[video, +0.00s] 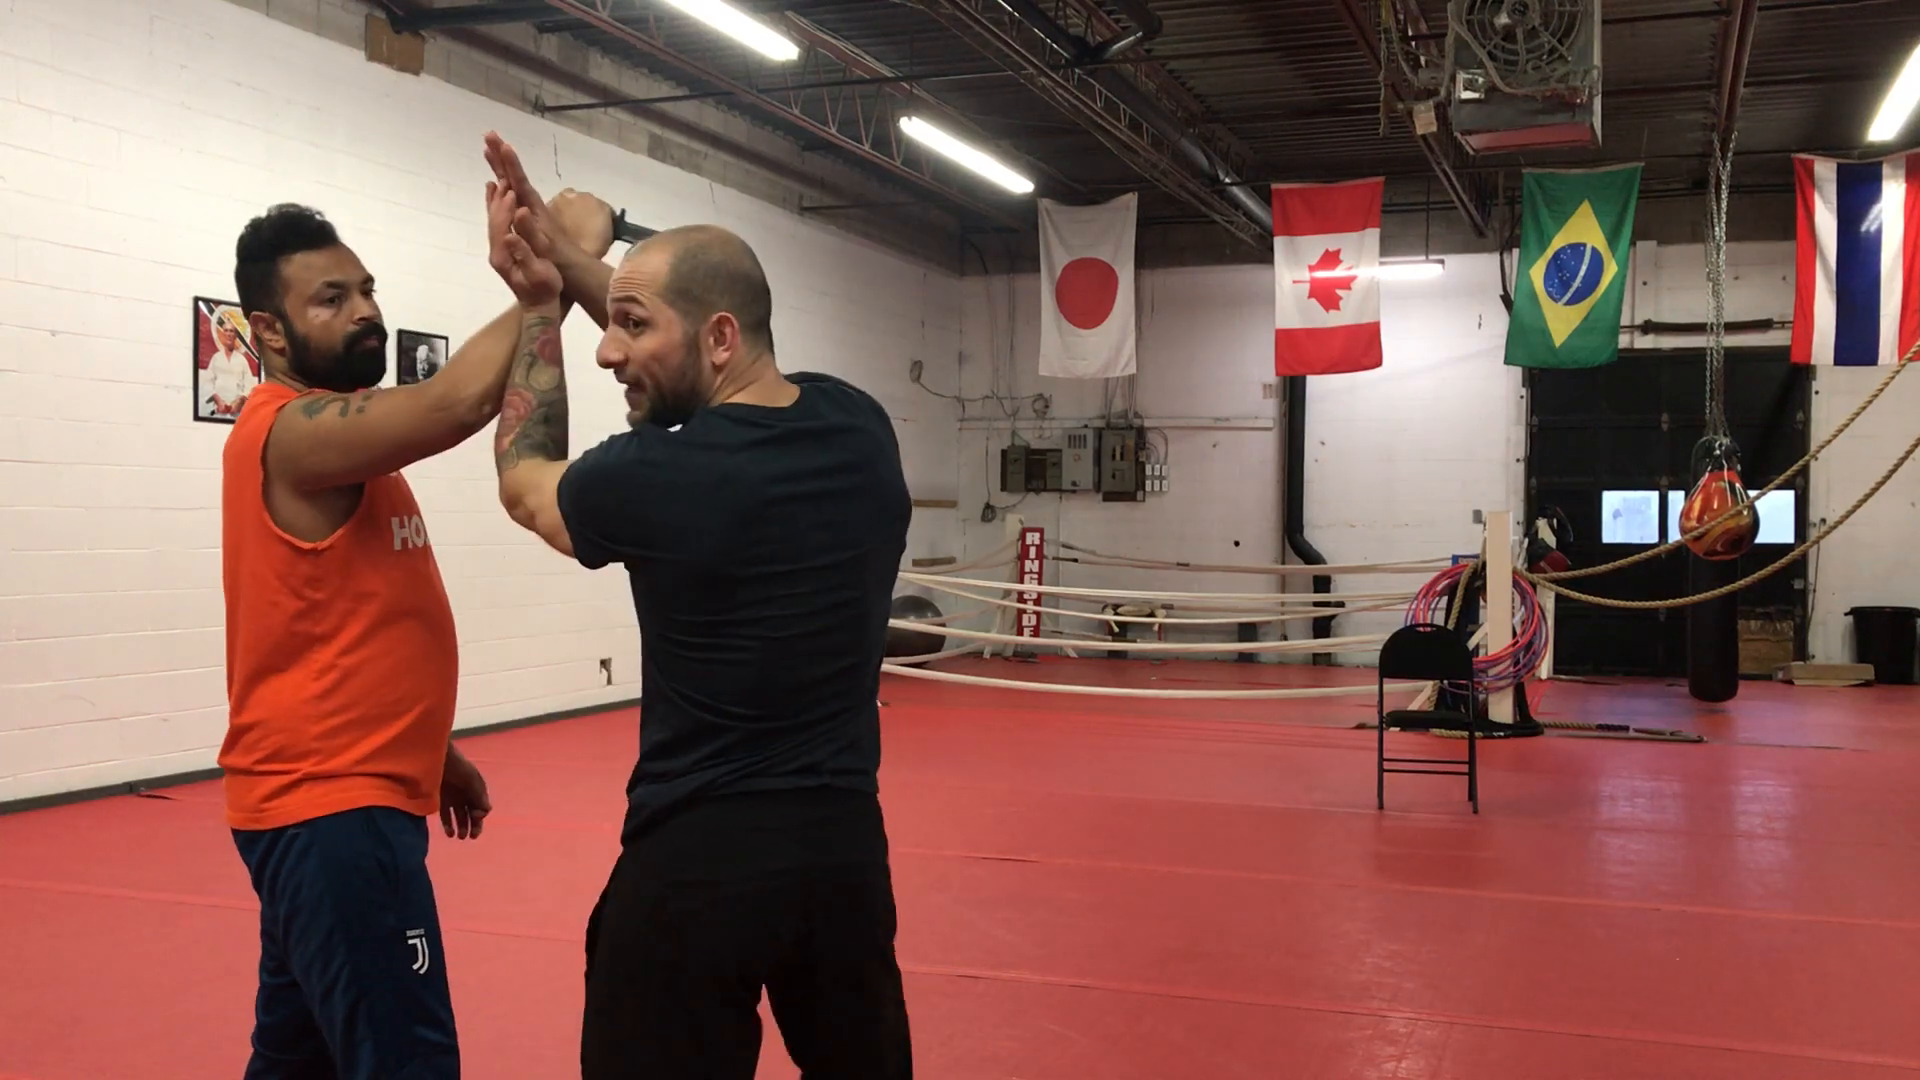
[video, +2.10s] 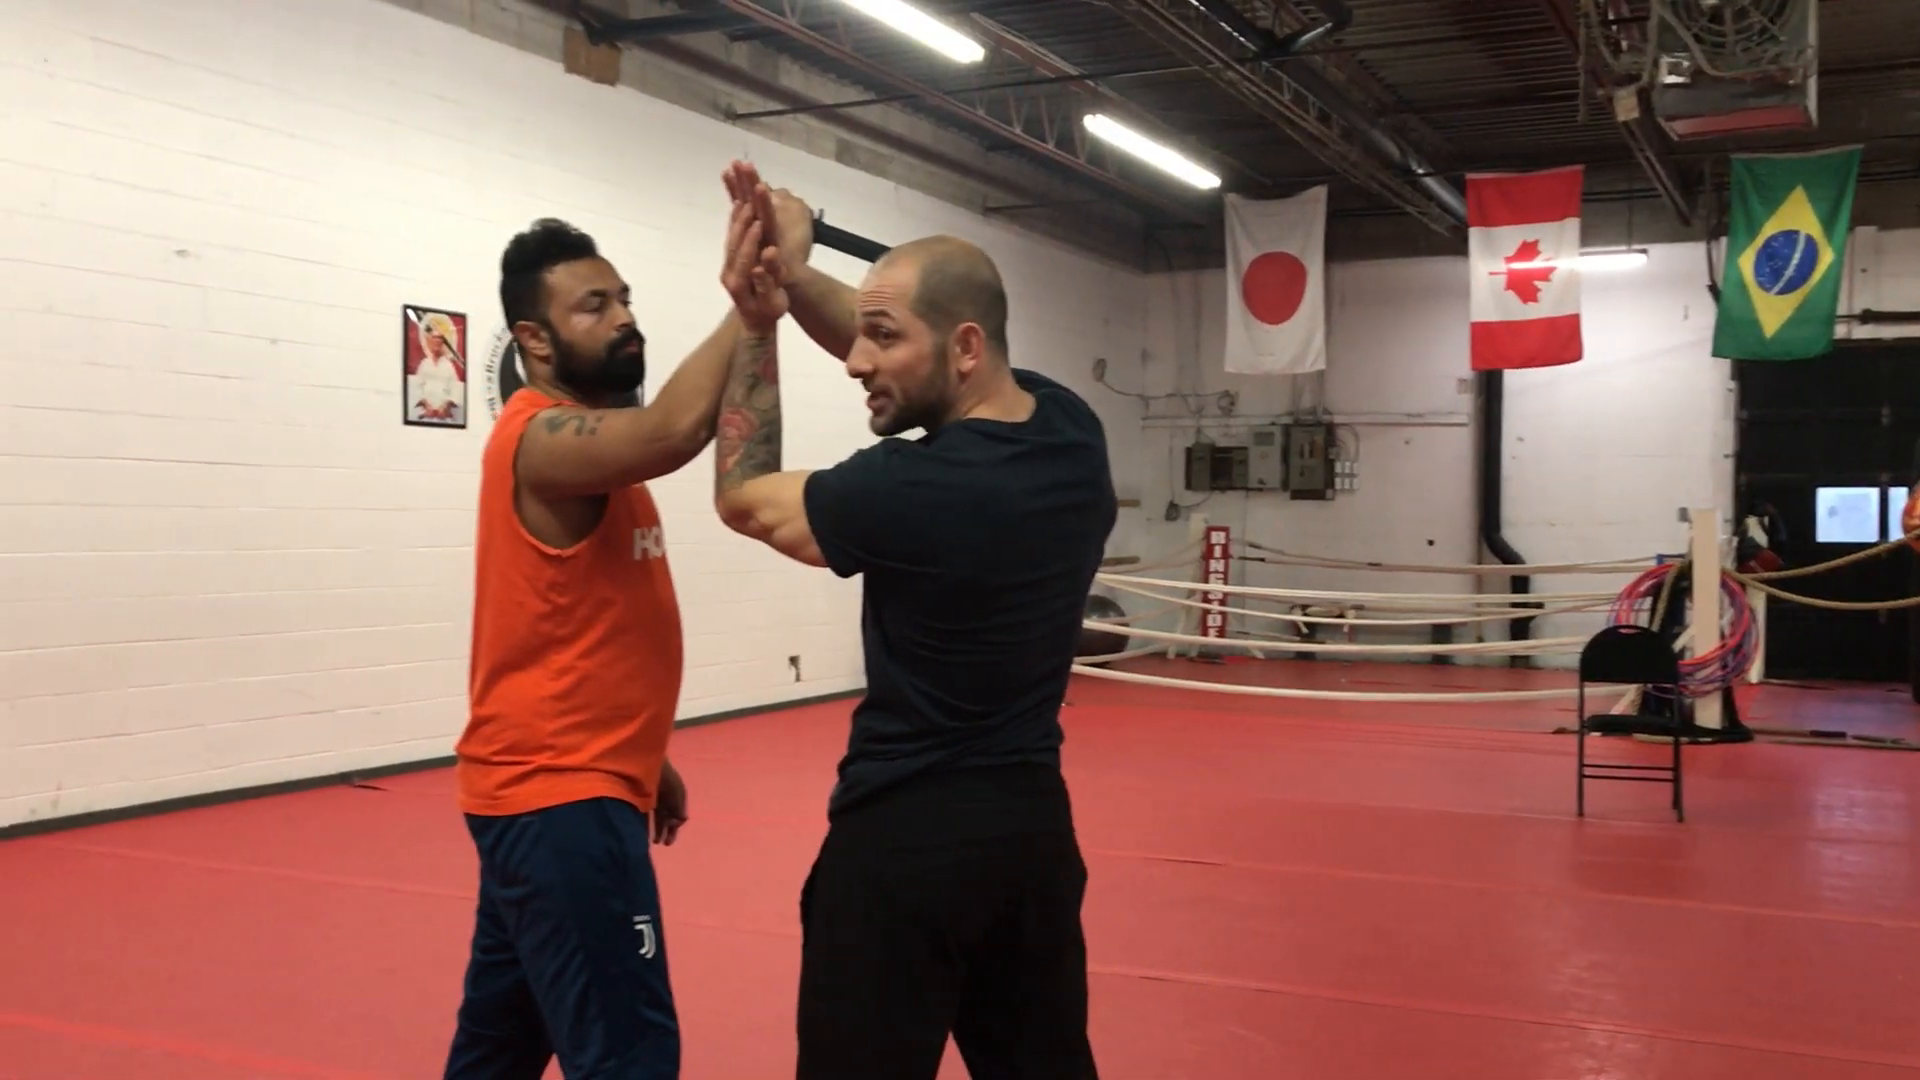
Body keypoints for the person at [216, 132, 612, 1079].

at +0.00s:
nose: (366, 312)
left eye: (367, 291)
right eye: (333, 298)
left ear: (373, 296)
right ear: (270, 329)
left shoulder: (318, 426)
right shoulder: (295, 427)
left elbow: (333, 631)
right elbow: (458, 400)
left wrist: (425, 751)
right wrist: (555, 275)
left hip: (334, 791)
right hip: (334, 800)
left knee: (296, 1056)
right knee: (409, 1057)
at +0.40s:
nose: (367, 310)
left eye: (365, 289)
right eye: (334, 297)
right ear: (267, 328)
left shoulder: (306, 422)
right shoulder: (295, 429)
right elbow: (445, 414)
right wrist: (526, 288)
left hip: (323, 800)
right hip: (332, 807)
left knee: (289, 1055)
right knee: (404, 1057)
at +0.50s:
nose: (369, 311)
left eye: (367, 288)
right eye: (335, 300)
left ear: (372, 287)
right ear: (271, 333)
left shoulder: (306, 422)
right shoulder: (299, 431)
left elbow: (450, 420)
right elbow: (452, 414)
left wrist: (522, 301)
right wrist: (525, 305)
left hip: (325, 798)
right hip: (334, 805)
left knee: (292, 1054)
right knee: (406, 1057)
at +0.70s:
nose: (375, 312)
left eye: (373, 290)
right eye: (341, 298)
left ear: (378, 292)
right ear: (277, 330)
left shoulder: (315, 422)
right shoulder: (301, 429)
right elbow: (453, 422)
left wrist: (537, 304)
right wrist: (528, 307)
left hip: (325, 799)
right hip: (335, 807)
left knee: (291, 1054)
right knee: (407, 1056)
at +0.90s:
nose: (377, 305)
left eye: (375, 285)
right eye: (342, 295)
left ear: (381, 291)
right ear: (281, 333)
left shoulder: (326, 424)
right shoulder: (305, 430)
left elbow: (347, 628)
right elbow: (455, 418)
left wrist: (420, 762)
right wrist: (529, 298)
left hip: (338, 793)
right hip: (333, 802)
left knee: (296, 1054)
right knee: (409, 1056)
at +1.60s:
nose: (500, 316)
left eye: (500, 296)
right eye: (467, 303)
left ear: (503, 301)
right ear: (406, 337)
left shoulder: (457, 426)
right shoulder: (422, 432)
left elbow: (460, 627)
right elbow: (558, 428)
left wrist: (531, 758)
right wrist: (626, 311)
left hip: (459, 789)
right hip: (441, 796)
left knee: (394, 1055)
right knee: (517, 1055)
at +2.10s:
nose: (626, 320)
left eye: (624, 299)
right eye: (595, 307)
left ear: (625, 303)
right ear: (534, 339)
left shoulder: (578, 428)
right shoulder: (541, 432)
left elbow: (581, 621)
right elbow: (670, 432)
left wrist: (643, 754)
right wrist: (748, 315)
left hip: (572, 786)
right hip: (555, 792)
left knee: (497, 1051)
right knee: (631, 1056)